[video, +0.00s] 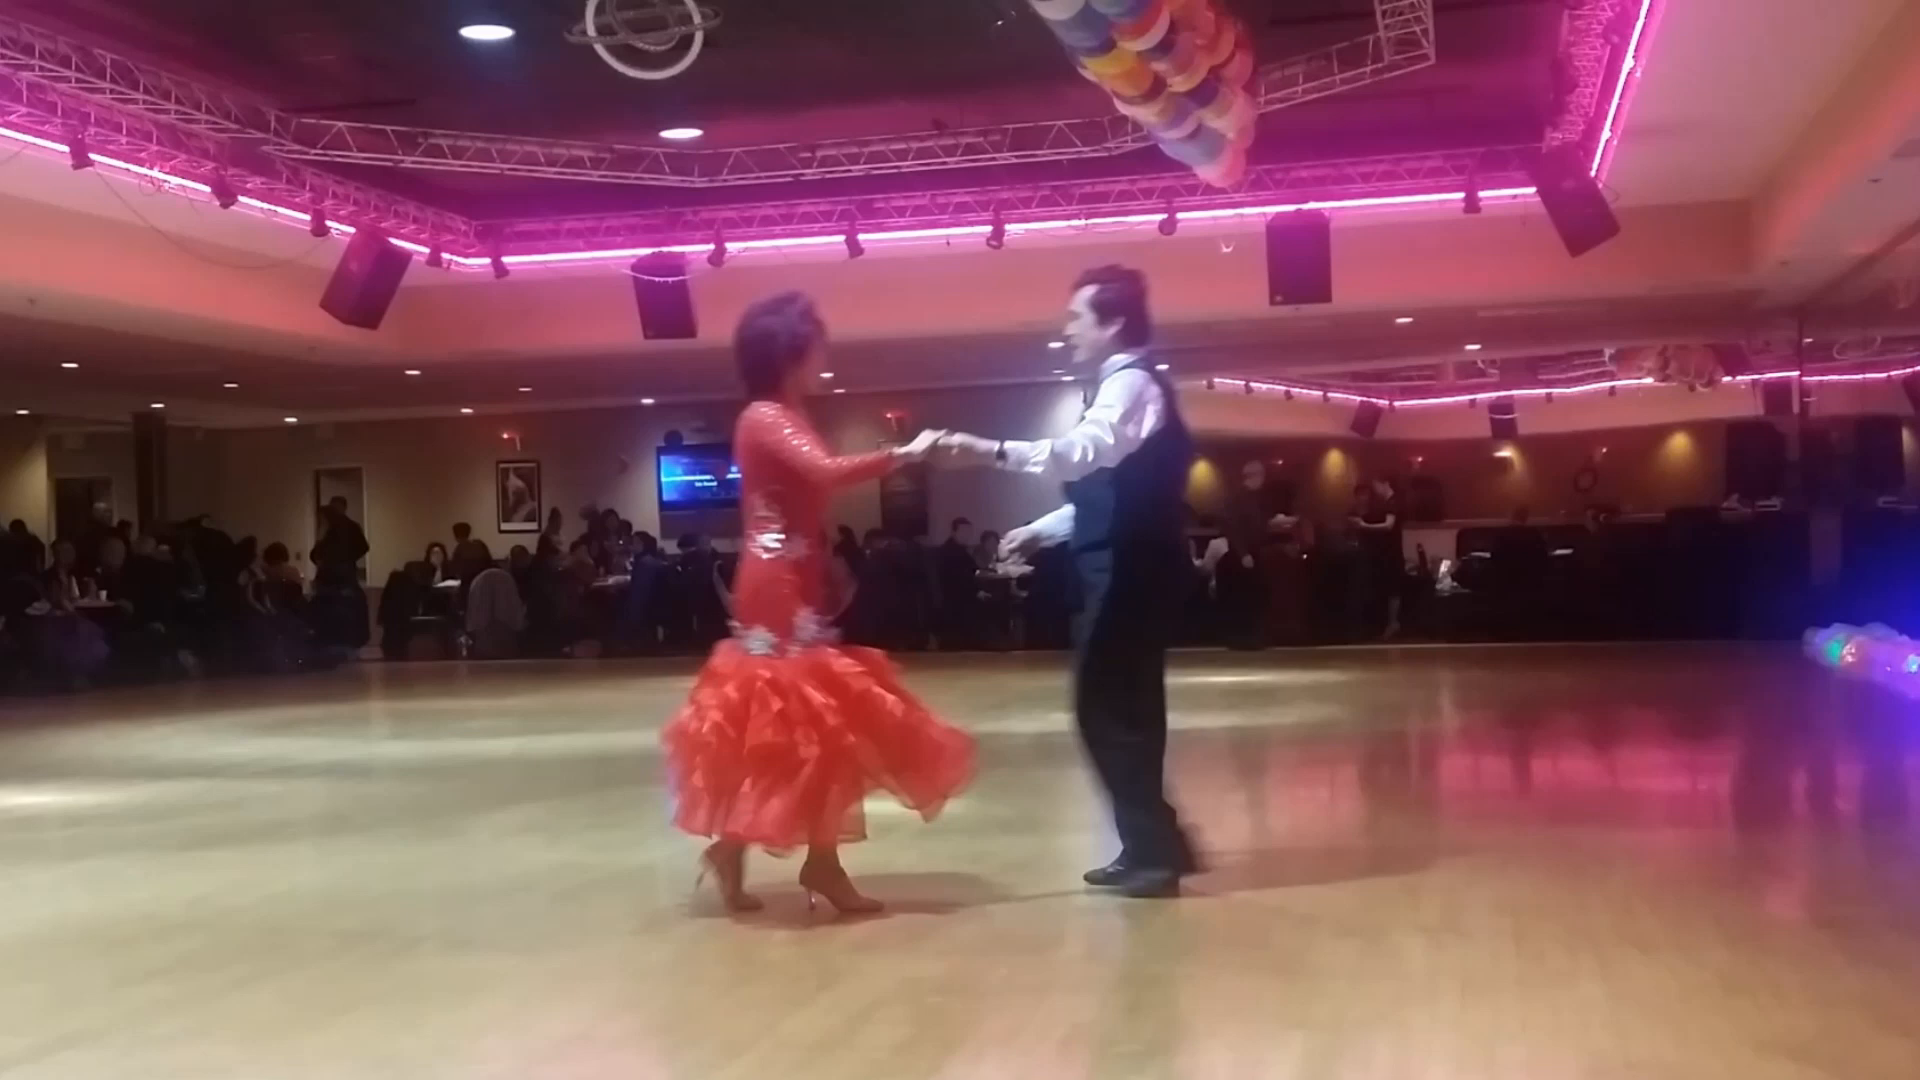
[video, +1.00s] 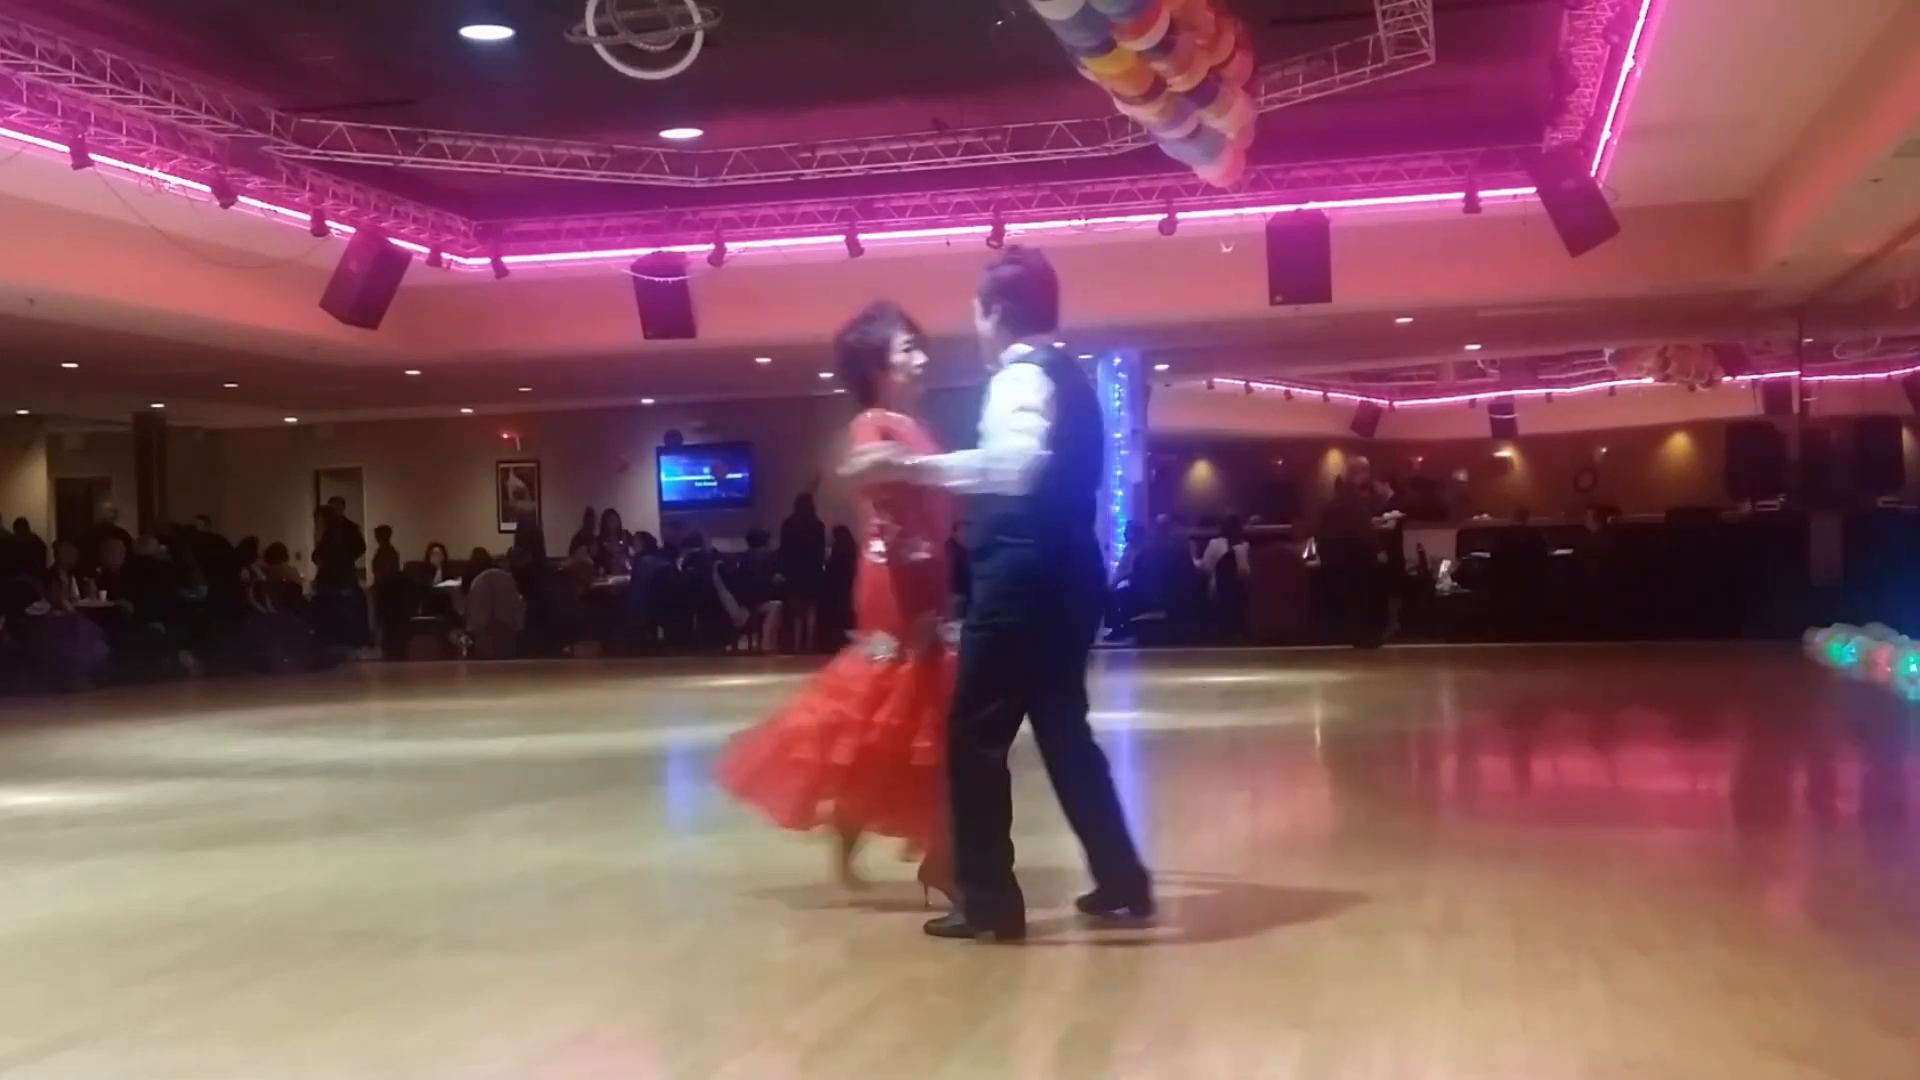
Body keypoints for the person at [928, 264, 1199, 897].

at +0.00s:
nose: (1066, 333)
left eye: (1077, 321)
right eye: (1068, 320)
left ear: (1115, 325)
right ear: (1116, 326)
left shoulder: (1131, 382)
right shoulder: (1127, 385)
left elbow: (1085, 452)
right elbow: (1108, 494)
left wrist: (984, 450)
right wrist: (1034, 535)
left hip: (1131, 569)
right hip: (1130, 565)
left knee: (1101, 704)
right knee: (1127, 701)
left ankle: (1153, 854)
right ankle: (1153, 840)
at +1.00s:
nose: (974, 322)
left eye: (978, 310)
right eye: (977, 309)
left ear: (999, 313)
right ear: (1043, 310)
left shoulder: (1022, 374)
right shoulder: (1072, 373)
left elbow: (1013, 467)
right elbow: (1031, 475)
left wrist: (905, 469)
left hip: (1018, 581)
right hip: (1069, 576)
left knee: (974, 739)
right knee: (1064, 728)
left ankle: (988, 903)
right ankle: (1123, 884)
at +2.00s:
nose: (917, 310)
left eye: (915, 299)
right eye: (982, 299)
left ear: (914, 308)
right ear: (982, 304)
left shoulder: (889, 388)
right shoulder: (1031, 382)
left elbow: (847, 490)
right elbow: (1094, 466)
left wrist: (853, 569)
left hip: (922, 578)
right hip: (1007, 577)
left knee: (899, 737)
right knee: (1025, 732)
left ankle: (888, 917)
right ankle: (1064, 903)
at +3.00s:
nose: (966, 312)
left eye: (964, 300)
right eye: (964, 300)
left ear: (895, 298)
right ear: (954, 301)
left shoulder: (858, 376)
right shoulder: (951, 370)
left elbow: (801, 469)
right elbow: (1048, 374)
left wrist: (829, 520)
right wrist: (1157, 357)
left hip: (870, 559)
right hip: (924, 562)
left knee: (903, 726)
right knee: (890, 726)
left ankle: (887, 894)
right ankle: (790, 877)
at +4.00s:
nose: (887, 311)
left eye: (890, 302)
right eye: (891, 301)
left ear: (902, 306)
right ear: (963, 309)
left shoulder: (886, 375)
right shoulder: (998, 385)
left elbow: (848, 473)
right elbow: (1032, 486)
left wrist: (819, 554)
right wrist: (1002, 538)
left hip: (897, 569)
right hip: (976, 567)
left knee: (869, 733)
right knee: (969, 738)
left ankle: (847, 897)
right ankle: (999, 900)